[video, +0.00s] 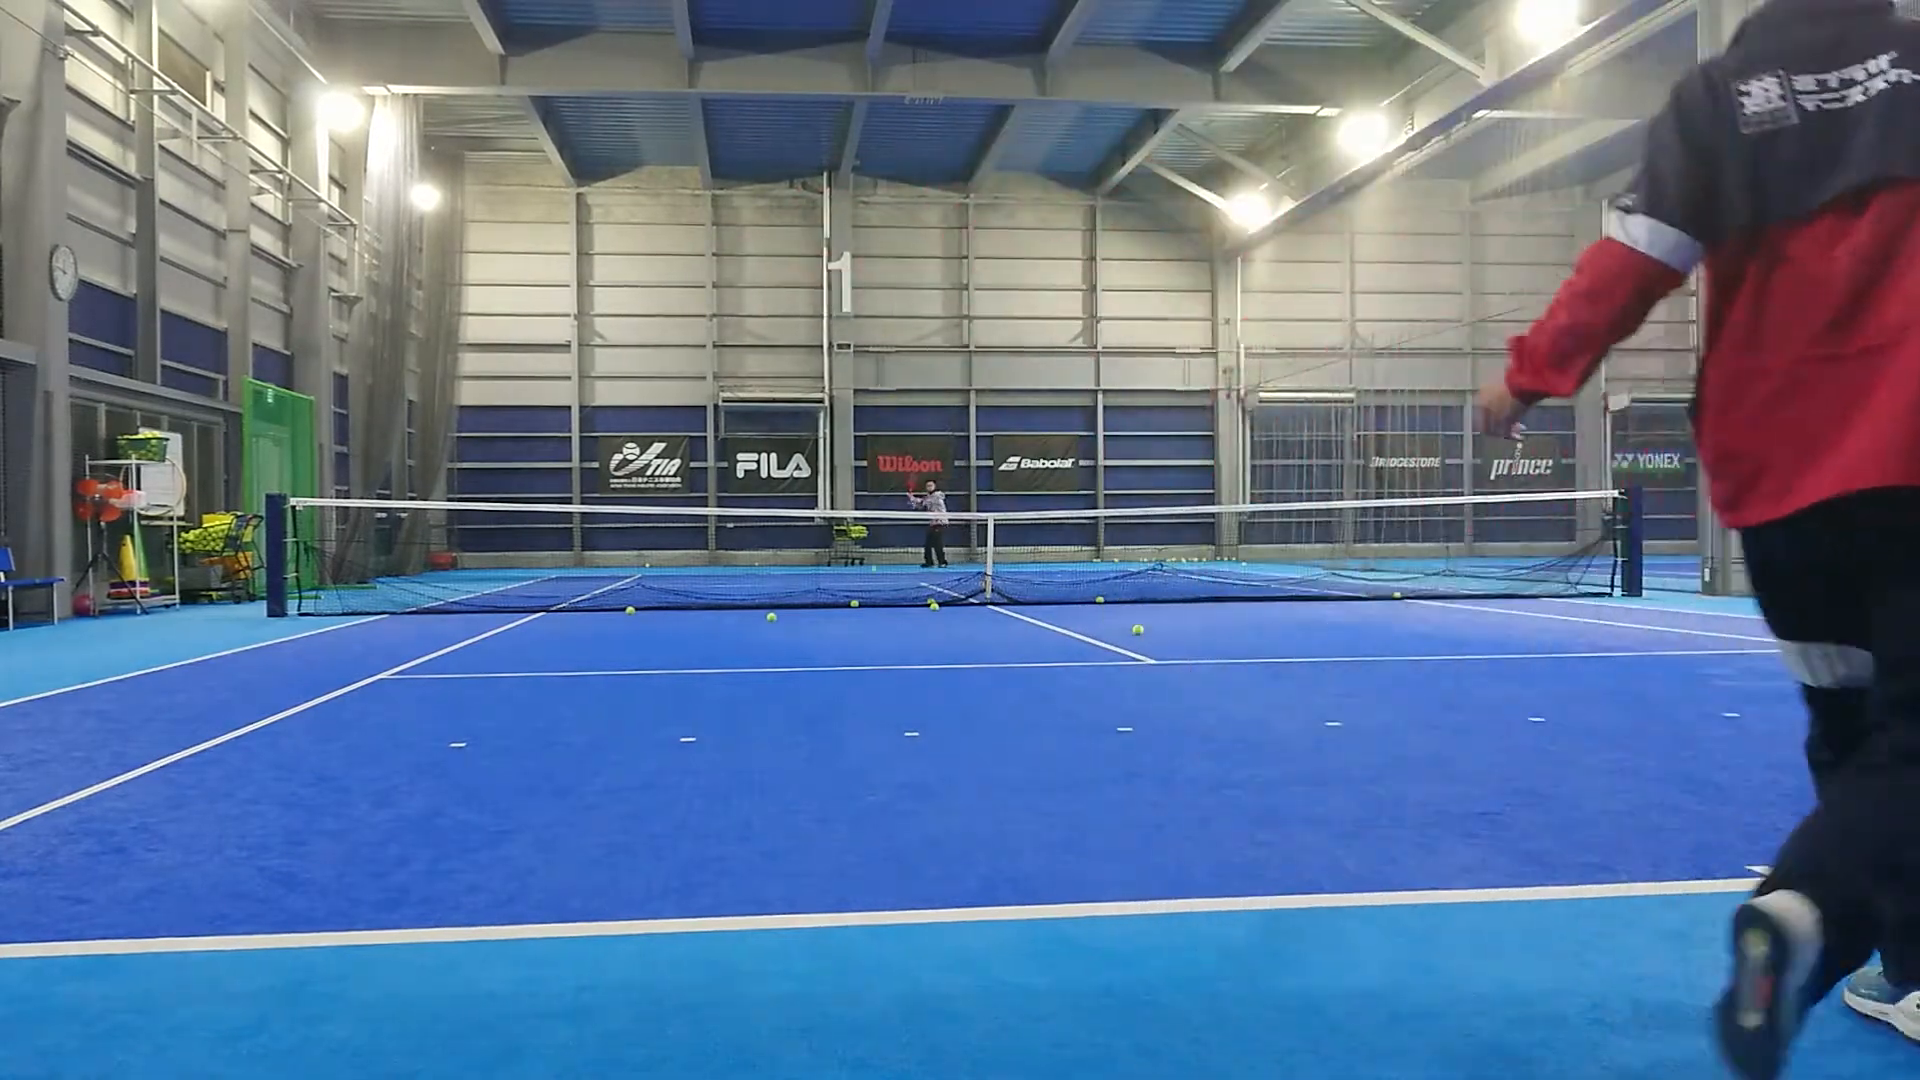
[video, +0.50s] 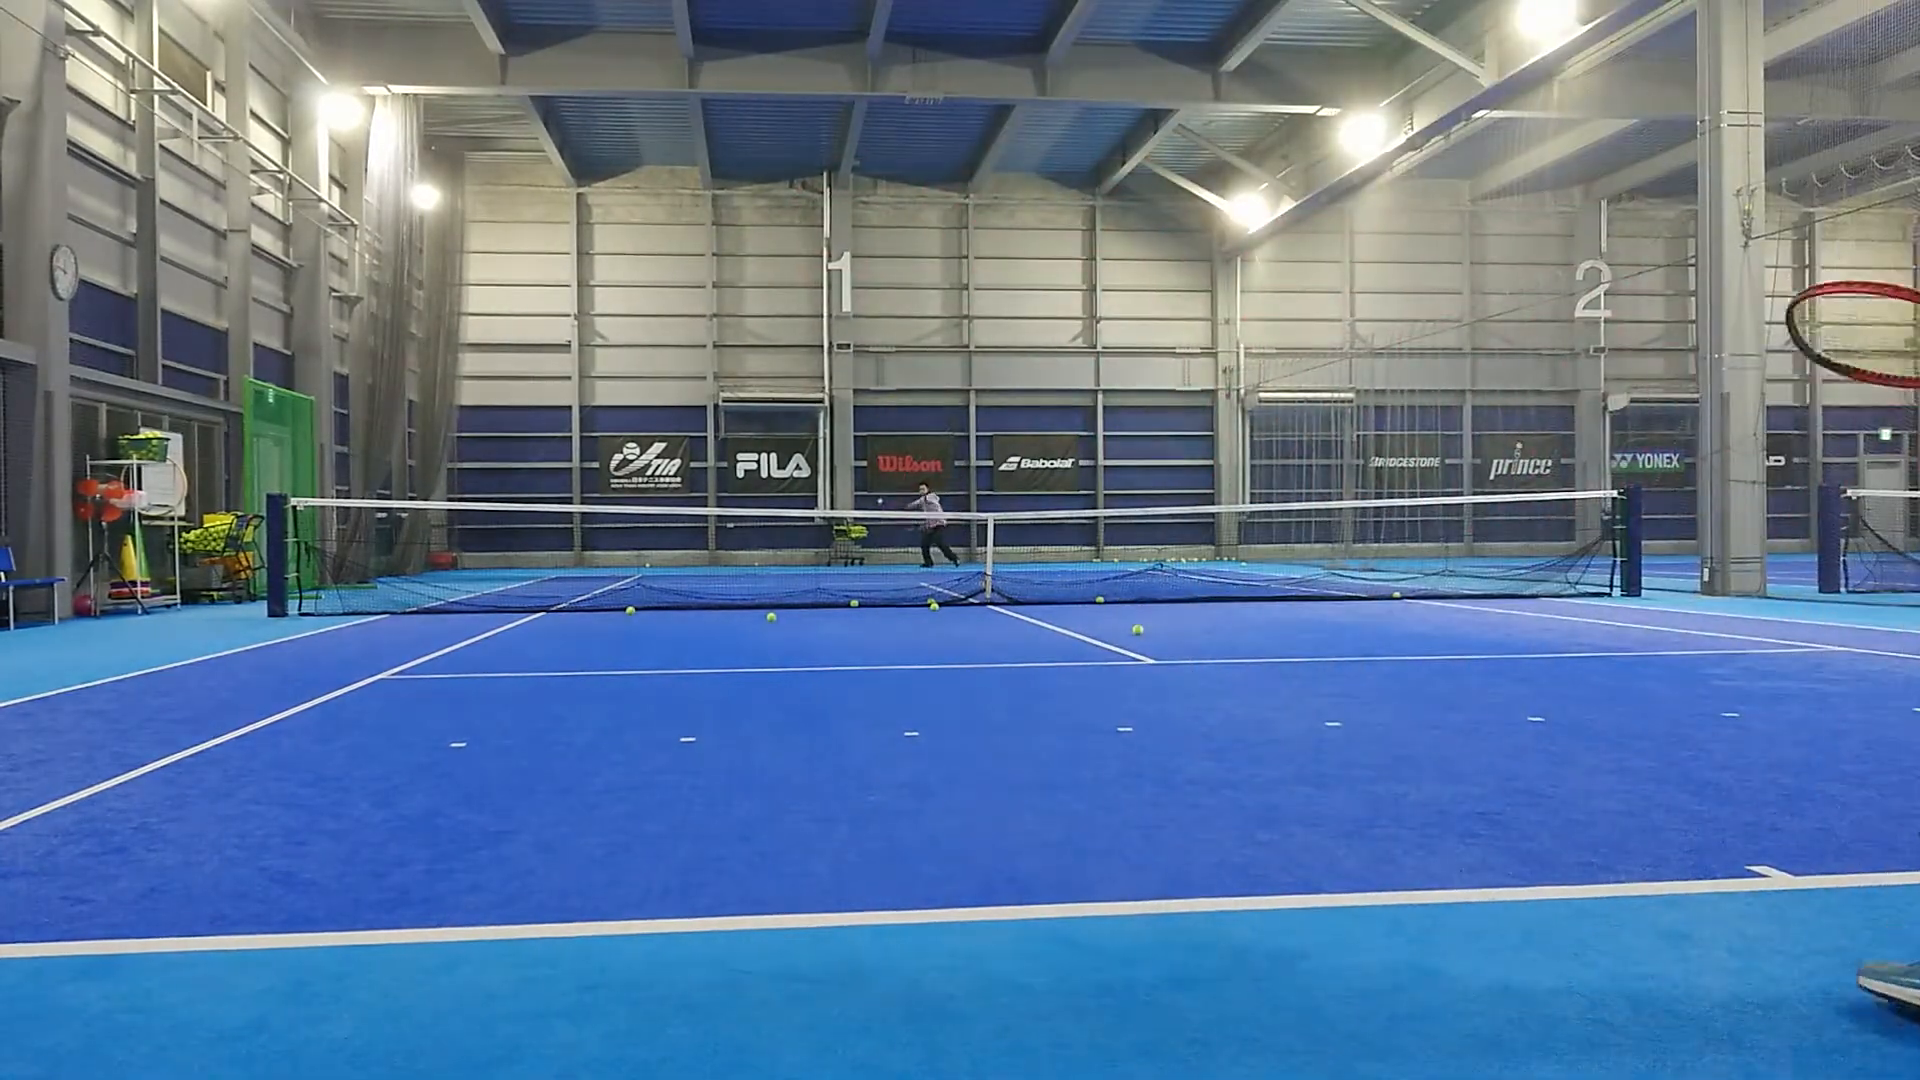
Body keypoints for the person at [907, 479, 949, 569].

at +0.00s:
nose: (929, 488)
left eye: (931, 485)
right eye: (927, 486)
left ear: (935, 486)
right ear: (926, 488)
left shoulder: (937, 496)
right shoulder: (928, 498)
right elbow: (919, 504)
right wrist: (911, 497)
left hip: (940, 522)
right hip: (933, 523)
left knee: (938, 544)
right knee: (927, 544)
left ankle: (942, 561)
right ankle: (928, 561)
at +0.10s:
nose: (926, 489)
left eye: (928, 486)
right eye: (925, 487)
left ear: (932, 487)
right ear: (923, 488)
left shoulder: (933, 496)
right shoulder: (929, 497)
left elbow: (920, 504)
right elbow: (919, 503)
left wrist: (907, 499)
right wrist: (907, 498)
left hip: (938, 522)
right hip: (933, 523)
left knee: (936, 544)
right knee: (927, 544)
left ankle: (943, 561)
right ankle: (928, 561)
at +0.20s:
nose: (925, 490)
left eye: (926, 488)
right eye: (923, 488)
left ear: (930, 488)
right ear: (921, 490)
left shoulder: (932, 498)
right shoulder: (924, 500)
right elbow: (915, 505)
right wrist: (903, 503)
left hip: (938, 524)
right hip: (930, 525)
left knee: (934, 543)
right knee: (924, 545)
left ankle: (946, 559)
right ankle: (928, 562)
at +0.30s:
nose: (923, 492)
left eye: (924, 490)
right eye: (921, 490)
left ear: (929, 490)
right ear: (921, 491)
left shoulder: (931, 499)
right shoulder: (926, 500)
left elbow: (916, 505)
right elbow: (915, 505)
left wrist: (903, 506)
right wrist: (903, 506)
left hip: (936, 525)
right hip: (930, 526)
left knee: (933, 544)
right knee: (923, 544)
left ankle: (950, 556)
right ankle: (927, 562)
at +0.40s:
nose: (922, 492)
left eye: (923, 490)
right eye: (920, 490)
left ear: (928, 490)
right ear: (920, 491)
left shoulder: (930, 499)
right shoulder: (925, 500)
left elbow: (917, 505)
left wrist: (904, 507)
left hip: (936, 525)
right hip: (928, 526)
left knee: (936, 544)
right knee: (923, 545)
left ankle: (952, 557)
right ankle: (928, 562)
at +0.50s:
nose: (921, 491)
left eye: (923, 489)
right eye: (920, 489)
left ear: (927, 489)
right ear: (919, 491)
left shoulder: (931, 497)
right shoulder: (922, 500)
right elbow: (915, 504)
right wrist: (908, 507)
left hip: (937, 524)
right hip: (928, 525)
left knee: (939, 543)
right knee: (924, 545)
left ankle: (953, 558)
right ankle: (928, 562)